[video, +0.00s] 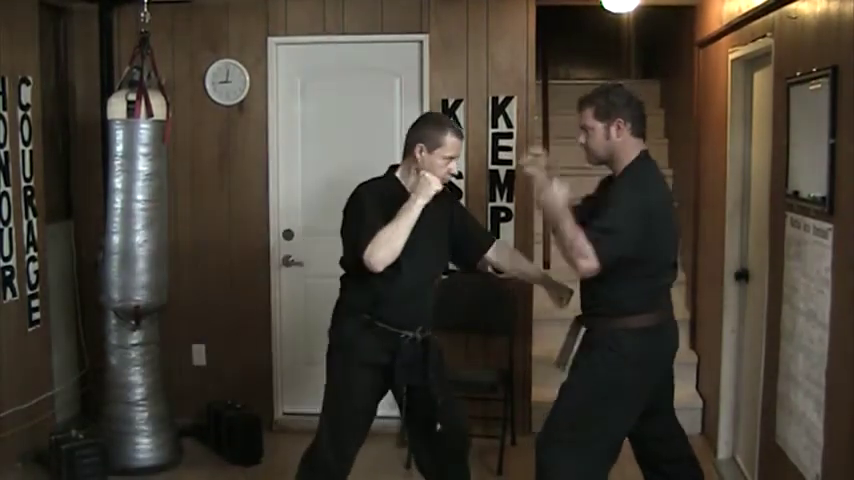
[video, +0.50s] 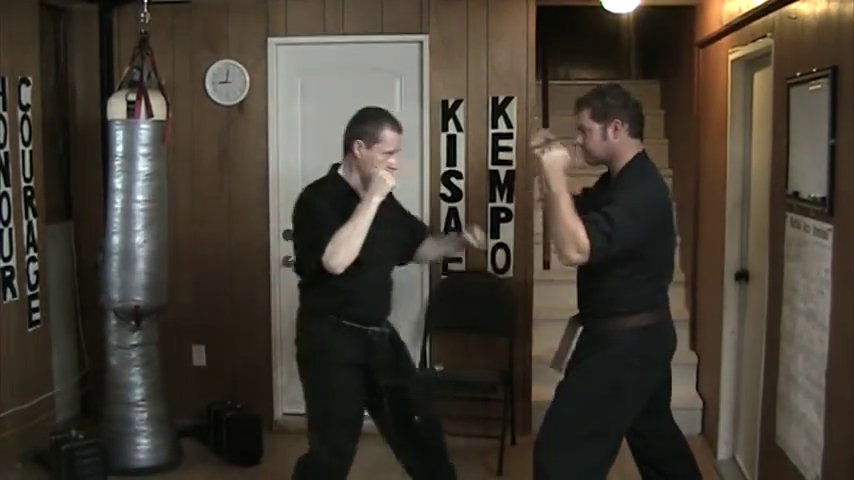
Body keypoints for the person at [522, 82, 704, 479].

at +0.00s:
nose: (581, 141)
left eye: (587, 130)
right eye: (581, 131)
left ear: (618, 129)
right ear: (619, 129)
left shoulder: (633, 186)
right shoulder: (631, 178)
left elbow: (586, 260)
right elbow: (575, 221)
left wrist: (555, 205)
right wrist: (544, 185)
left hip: (625, 341)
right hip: (645, 333)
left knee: (562, 454)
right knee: (663, 450)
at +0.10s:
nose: (580, 142)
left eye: (586, 132)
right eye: (580, 132)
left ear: (618, 131)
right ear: (617, 131)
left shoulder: (649, 192)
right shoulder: (609, 182)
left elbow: (595, 255)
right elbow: (545, 210)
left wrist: (581, 181)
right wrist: (494, 179)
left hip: (631, 343)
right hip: (617, 337)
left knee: (562, 456)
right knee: (661, 451)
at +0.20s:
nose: (579, 144)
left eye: (584, 134)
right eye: (579, 134)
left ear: (617, 132)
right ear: (616, 133)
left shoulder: (650, 192)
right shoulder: (610, 184)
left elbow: (600, 257)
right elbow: (541, 211)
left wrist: (589, 184)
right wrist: (492, 177)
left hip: (632, 345)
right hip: (614, 340)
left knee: (563, 456)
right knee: (659, 453)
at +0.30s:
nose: (577, 144)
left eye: (583, 134)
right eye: (577, 134)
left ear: (615, 132)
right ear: (612, 134)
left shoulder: (649, 192)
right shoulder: (609, 182)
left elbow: (597, 258)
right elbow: (543, 212)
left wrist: (582, 184)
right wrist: (497, 176)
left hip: (631, 344)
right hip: (615, 338)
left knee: (563, 455)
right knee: (658, 451)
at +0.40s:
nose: (577, 143)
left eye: (583, 133)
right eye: (577, 133)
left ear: (613, 132)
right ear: (611, 133)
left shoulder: (644, 191)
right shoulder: (611, 182)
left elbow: (587, 256)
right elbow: (553, 216)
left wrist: (572, 182)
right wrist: (520, 175)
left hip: (629, 342)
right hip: (614, 337)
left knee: (560, 455)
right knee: (657, 448)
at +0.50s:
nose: (577, 141)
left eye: (583, 131)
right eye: (578, 132)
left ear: (615, 129)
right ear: (615, 131)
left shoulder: (637, 188)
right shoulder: (622, 180)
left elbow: (574, 250)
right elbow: (566, 216)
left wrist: (555, 175)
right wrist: (546, 170)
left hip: (627, 343)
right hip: (630, 336)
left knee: (559, 456)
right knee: (659, 448)